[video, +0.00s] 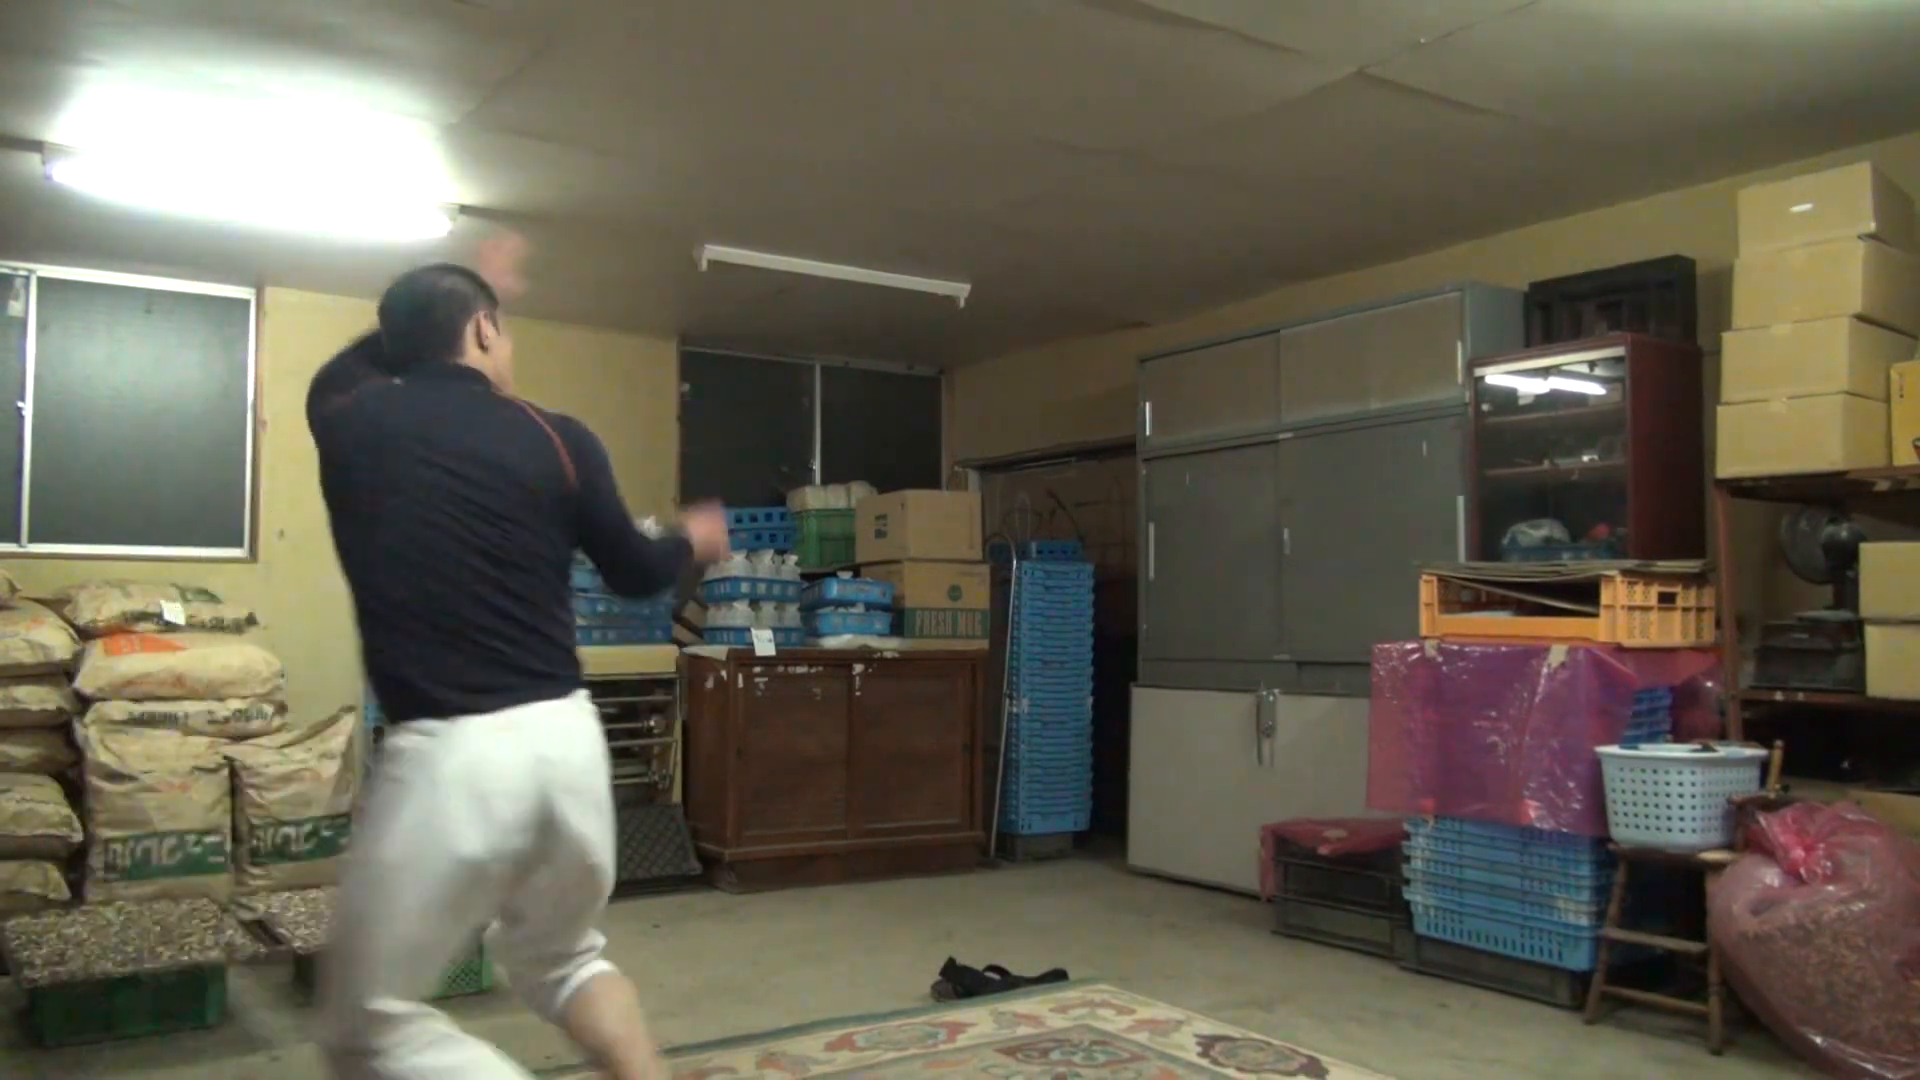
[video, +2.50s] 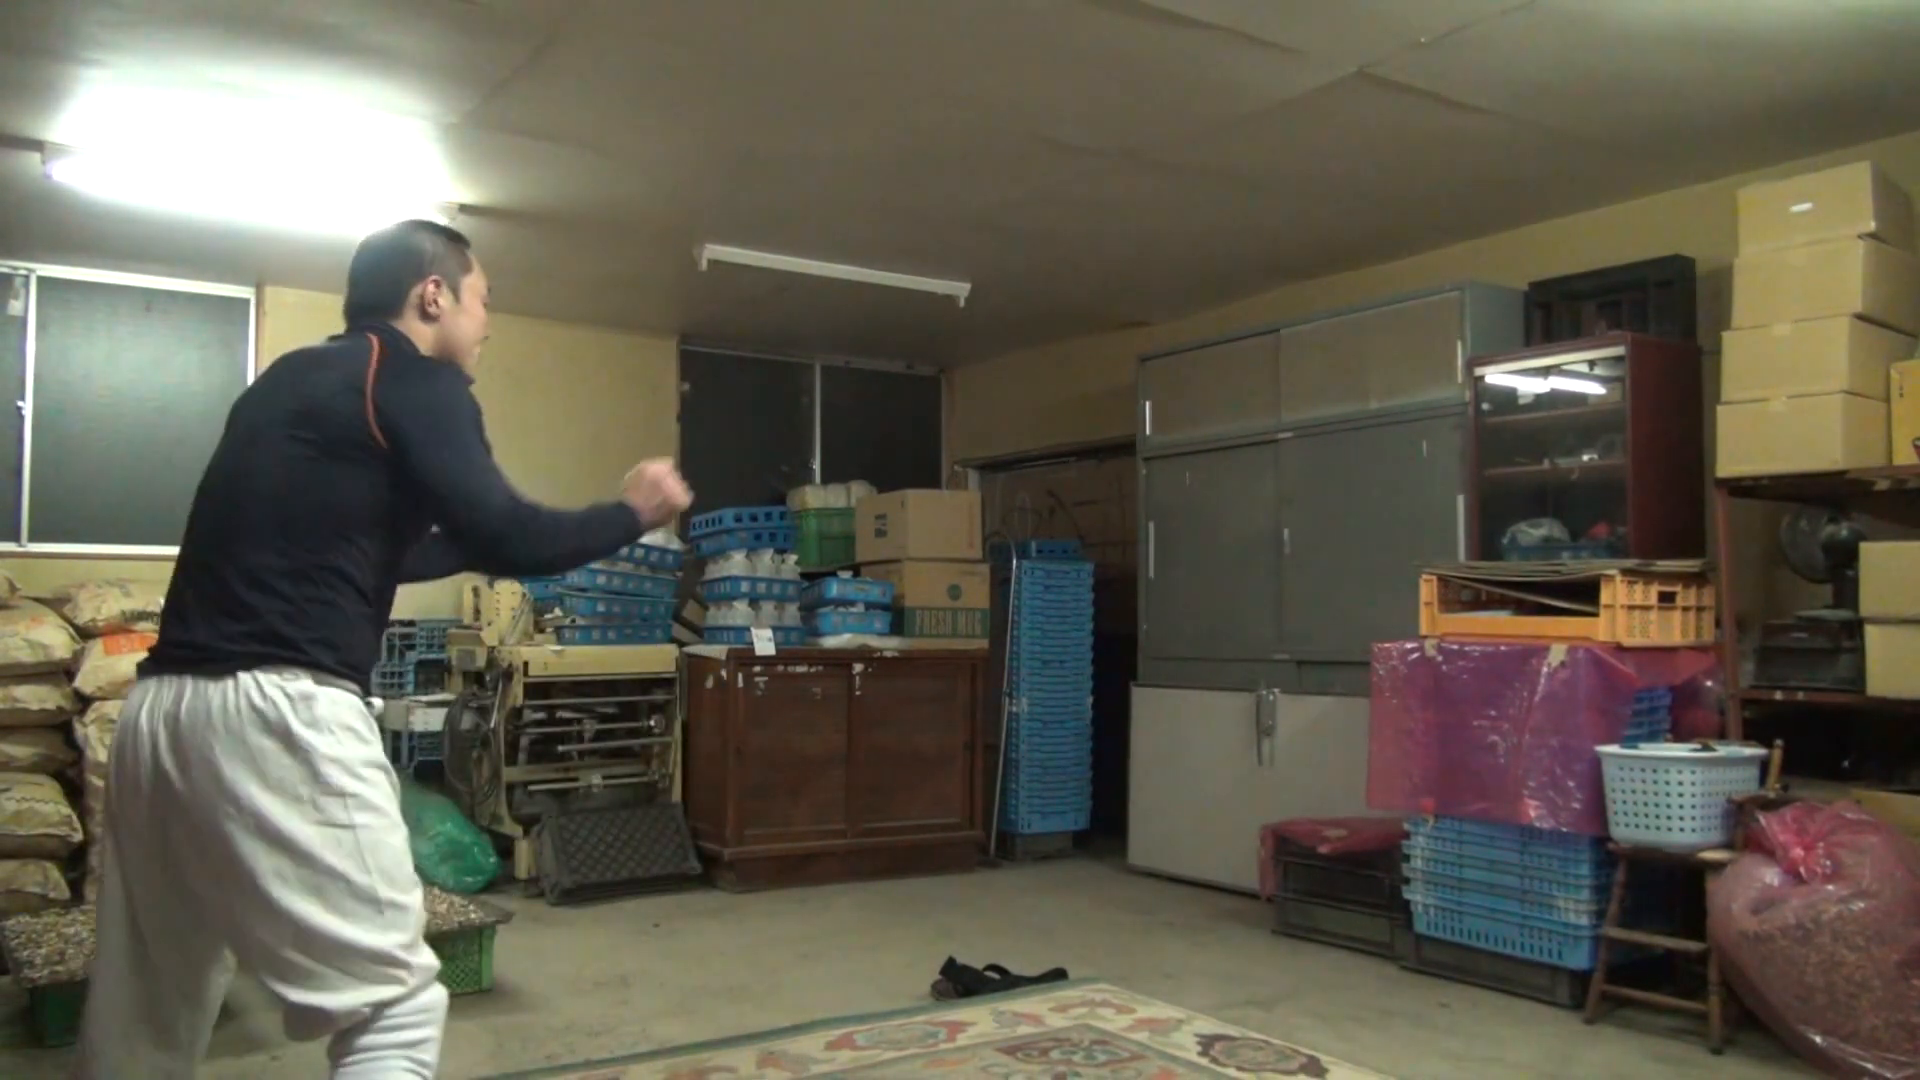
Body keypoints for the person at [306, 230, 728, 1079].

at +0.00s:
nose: (505, 346)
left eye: (498, 328)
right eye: (499, 328)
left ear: (398, 343)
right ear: (478, 334)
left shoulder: (349, 422)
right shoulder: (557, 441)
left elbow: (365, 357)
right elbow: (634, 569)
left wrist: (459, 288)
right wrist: (691, 541)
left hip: (444, 756)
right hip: (566, 738)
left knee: (369, 1020)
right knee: (563, 954)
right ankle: (647, 1069)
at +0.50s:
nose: (447, 624)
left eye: (441, 609)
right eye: (434, 614)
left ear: (475, 573)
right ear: (489, 547)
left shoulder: (553, 597)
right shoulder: (568, 525)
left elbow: (443, 708)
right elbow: (507, 523)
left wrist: (341, 664)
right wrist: (455, 505)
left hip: (705, 804)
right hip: (709, 795)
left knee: (544, 969)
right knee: (641, 999)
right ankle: (776, 1046)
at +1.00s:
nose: (547, 328)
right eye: (545, 317)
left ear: (439, 338)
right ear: (537, 326)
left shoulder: (393, 436)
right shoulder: (609, 415)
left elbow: (360, 584)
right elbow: (703, 529)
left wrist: (452, 601)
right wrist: (705, 458)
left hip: (466, 729)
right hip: (593, 721)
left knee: (400, 974)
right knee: (580, 952)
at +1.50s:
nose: (479, 304)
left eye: (477, 282)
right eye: (468, 279)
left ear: (392, 282)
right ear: (408, 278)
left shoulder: (293, 368)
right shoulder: (370, 357)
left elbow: (267, 537)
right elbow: (328, 500)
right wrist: (473, 565)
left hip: (237, 713)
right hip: (338, 717)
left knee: (205, 990)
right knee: (472, 961)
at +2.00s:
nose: (455, 280)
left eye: (454, 257)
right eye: (445, 254)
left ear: (355, 256)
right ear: (390, 253)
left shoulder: (243, 352)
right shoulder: (358, 334)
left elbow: (199, 497)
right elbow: (352, 482)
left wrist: (360, 538)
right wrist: (510, 515)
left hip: (151, 712)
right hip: (276, 719)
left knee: (105, 1023)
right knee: (333, 1024)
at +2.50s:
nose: (485, 326)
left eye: (486, 305)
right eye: (479, 303)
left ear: (385, 299)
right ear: (430, 296)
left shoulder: (280, 379)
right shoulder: (413, 380)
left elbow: (363, 556)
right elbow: (505, 532)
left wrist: (497, 543)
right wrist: (632, 512)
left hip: (155, 713)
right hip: (283, 715)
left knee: (141, 1027)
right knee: (392, 1008)